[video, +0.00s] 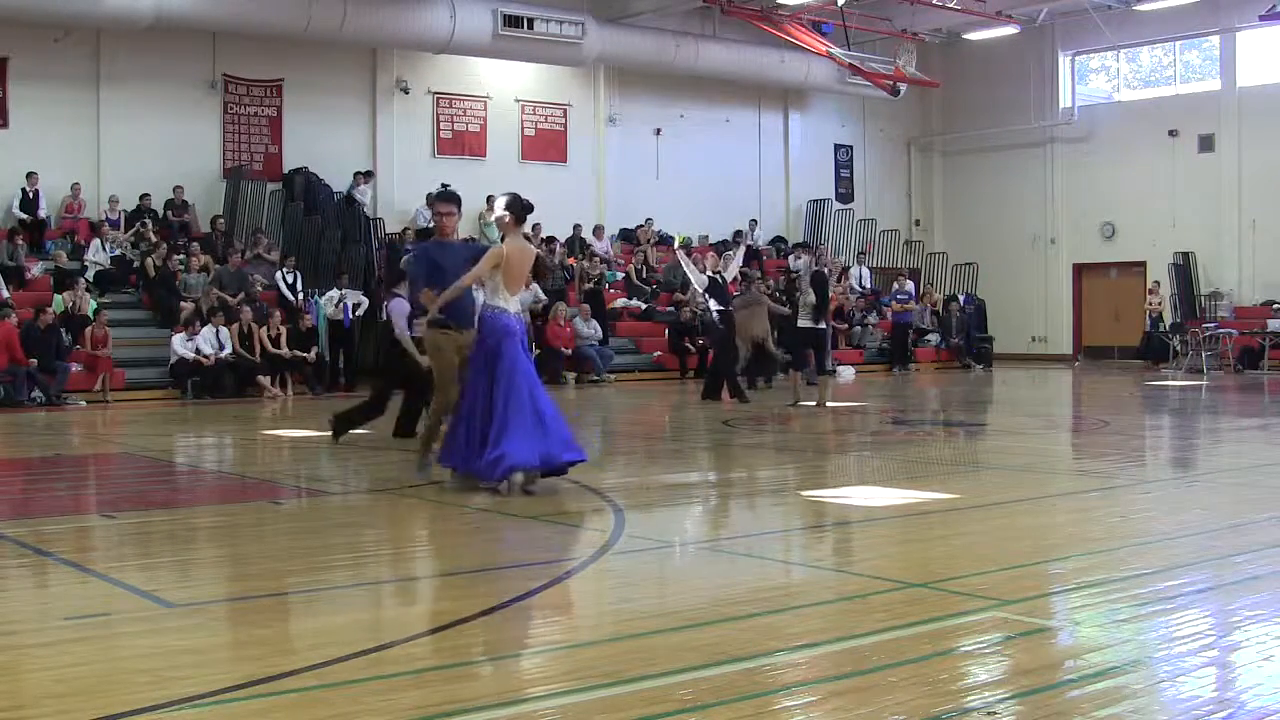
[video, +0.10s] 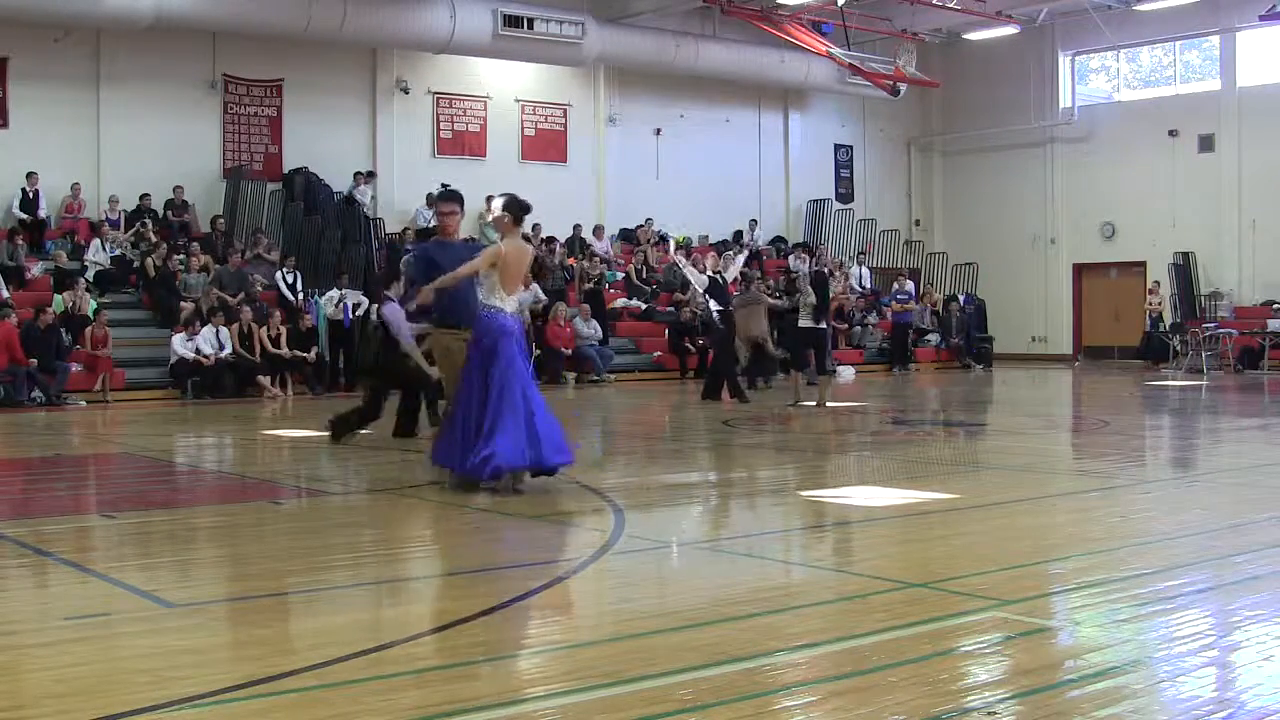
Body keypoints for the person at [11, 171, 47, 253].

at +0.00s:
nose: (36, 181)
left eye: (37, 179)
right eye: (34, 178)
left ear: (38, 180)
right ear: (28, 179)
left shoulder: (39, 193)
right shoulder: (20, 192)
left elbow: (42, 208)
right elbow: (15, 209)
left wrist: (42, 216)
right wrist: (25, 217)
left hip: (36, 217)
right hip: (24, 217)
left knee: (43, 223)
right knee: (33, 226)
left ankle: (39, 248)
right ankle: (32, 249)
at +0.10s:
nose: (36, 181)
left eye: (37, 179)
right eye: (34, 178)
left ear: (38, 180)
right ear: (28, 179)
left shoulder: (39, 193)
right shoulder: (20, 192)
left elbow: (42, 208)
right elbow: (15, 209)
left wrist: (42, 216)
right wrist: (25, 217)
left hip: (36, 217)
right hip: (24, 217)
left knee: (43, 223)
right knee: (33, 226)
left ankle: (39, 248)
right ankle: (32, 249)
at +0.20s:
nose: (37, 181)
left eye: (37, 179)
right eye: (34, 179)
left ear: (38, 180)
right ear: (28, 180)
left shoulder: (39, 193)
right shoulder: (20, 192)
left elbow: (42, 208)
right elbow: (15, 209)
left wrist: (41, 215)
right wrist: (25, 217)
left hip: (36, 217)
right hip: (24, 217)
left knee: (43, 224)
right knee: (34, 227)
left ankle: (39, 247)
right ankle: (32, 248)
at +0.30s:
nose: (37, 181)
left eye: (37, 179)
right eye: (34, 179)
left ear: (38, 180)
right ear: (28, 180)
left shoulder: (39, 193)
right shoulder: (20, 192)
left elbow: (42, 208)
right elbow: (14, 209)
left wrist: (41, 215)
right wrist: (25, 217)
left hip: (36, 216)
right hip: (24, 217)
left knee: (42, 224)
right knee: (34, 227)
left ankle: (39, 248)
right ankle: (32, 248)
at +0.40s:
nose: (37, 181)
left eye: (37, 179)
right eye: (34, 179)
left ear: (38, 180)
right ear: (28, 180)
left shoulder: (39, 193)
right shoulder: (20, 192)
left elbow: (42, 208)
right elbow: (14, 209)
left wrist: (41, 215)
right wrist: (25, 217)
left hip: (36, 216)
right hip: (24, 217)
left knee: (42, 224)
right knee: (34, 227)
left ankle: (39, 248)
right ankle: (32, 248)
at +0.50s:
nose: (37, 181)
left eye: (37, 179)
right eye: (34, 179)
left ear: (38, 180)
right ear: (28, 180)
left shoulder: (39, 193)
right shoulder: (20, 192)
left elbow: (42, 208)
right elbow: (14, 209)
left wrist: (41, 215)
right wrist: (25, 217)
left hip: (36, 216)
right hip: (24, 217)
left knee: (42, 224)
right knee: (34, 227)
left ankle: (39, 248)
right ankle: (32, 248)